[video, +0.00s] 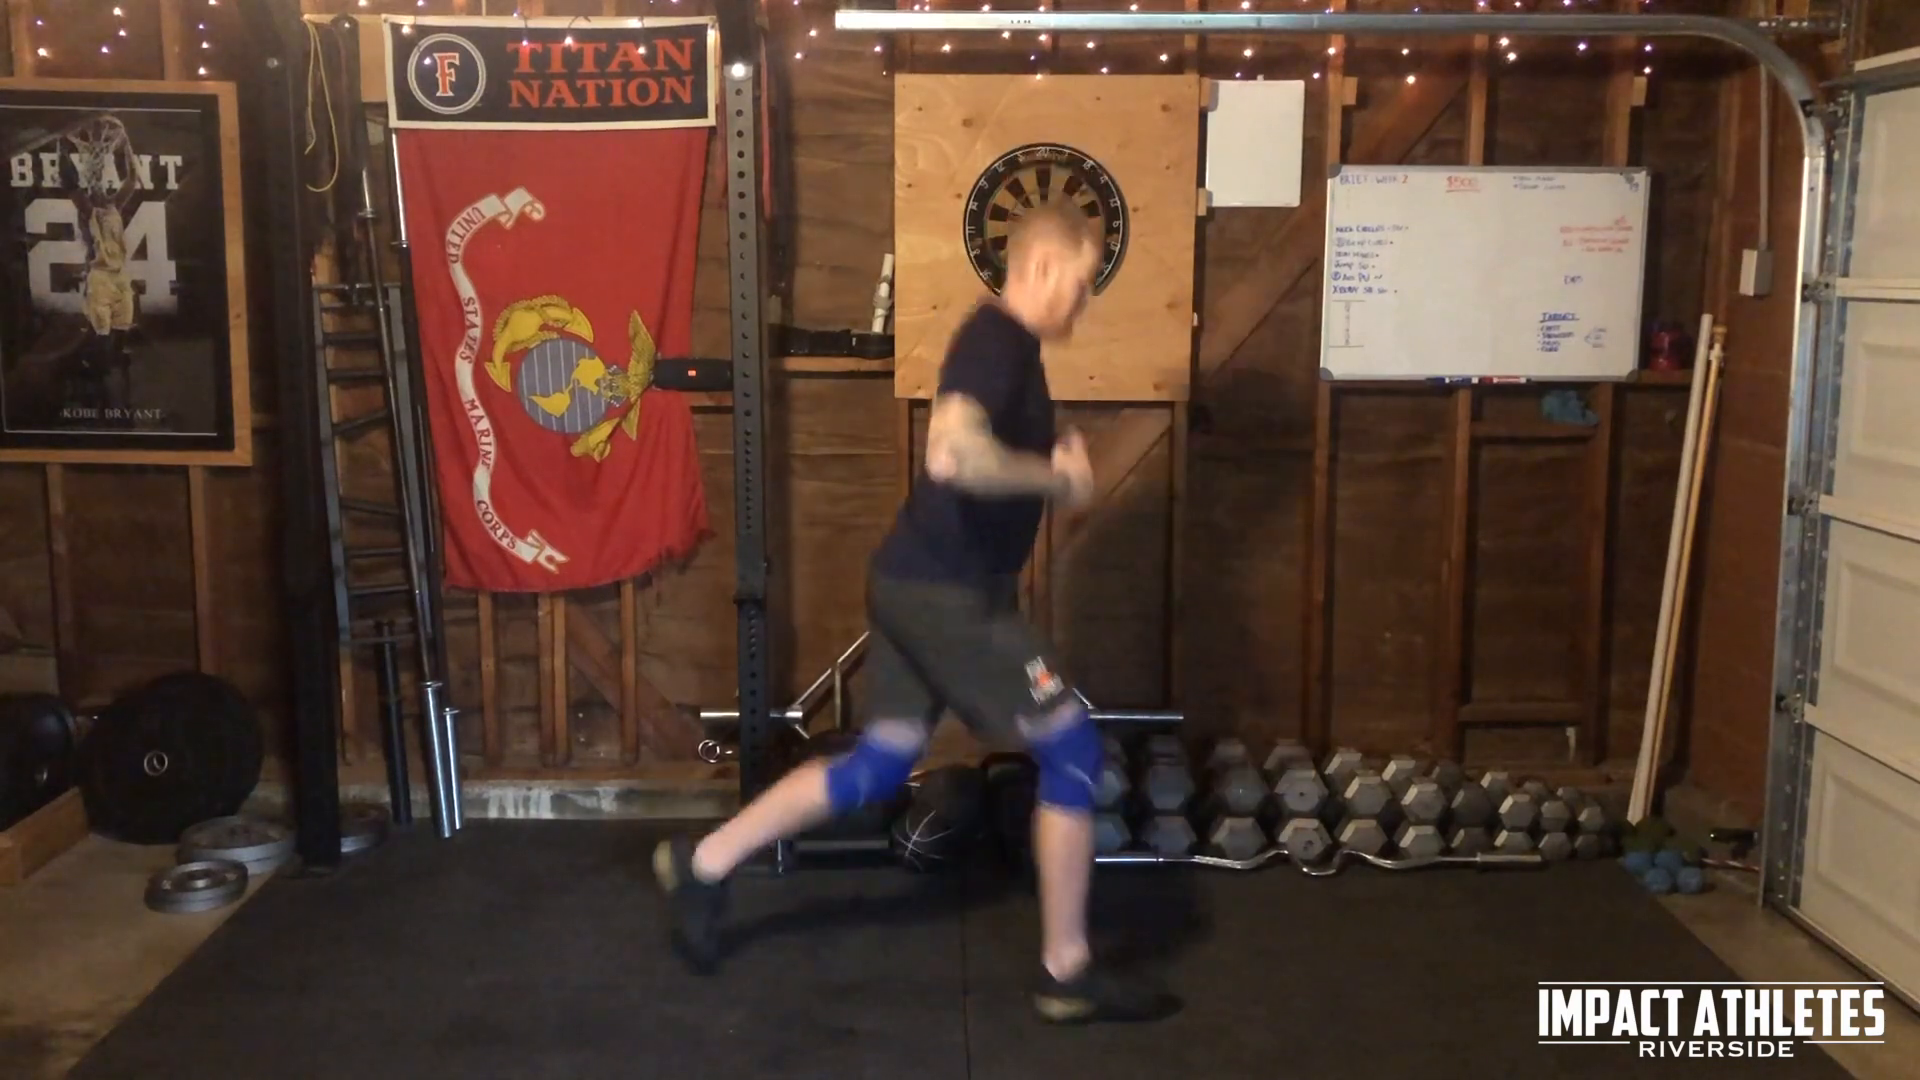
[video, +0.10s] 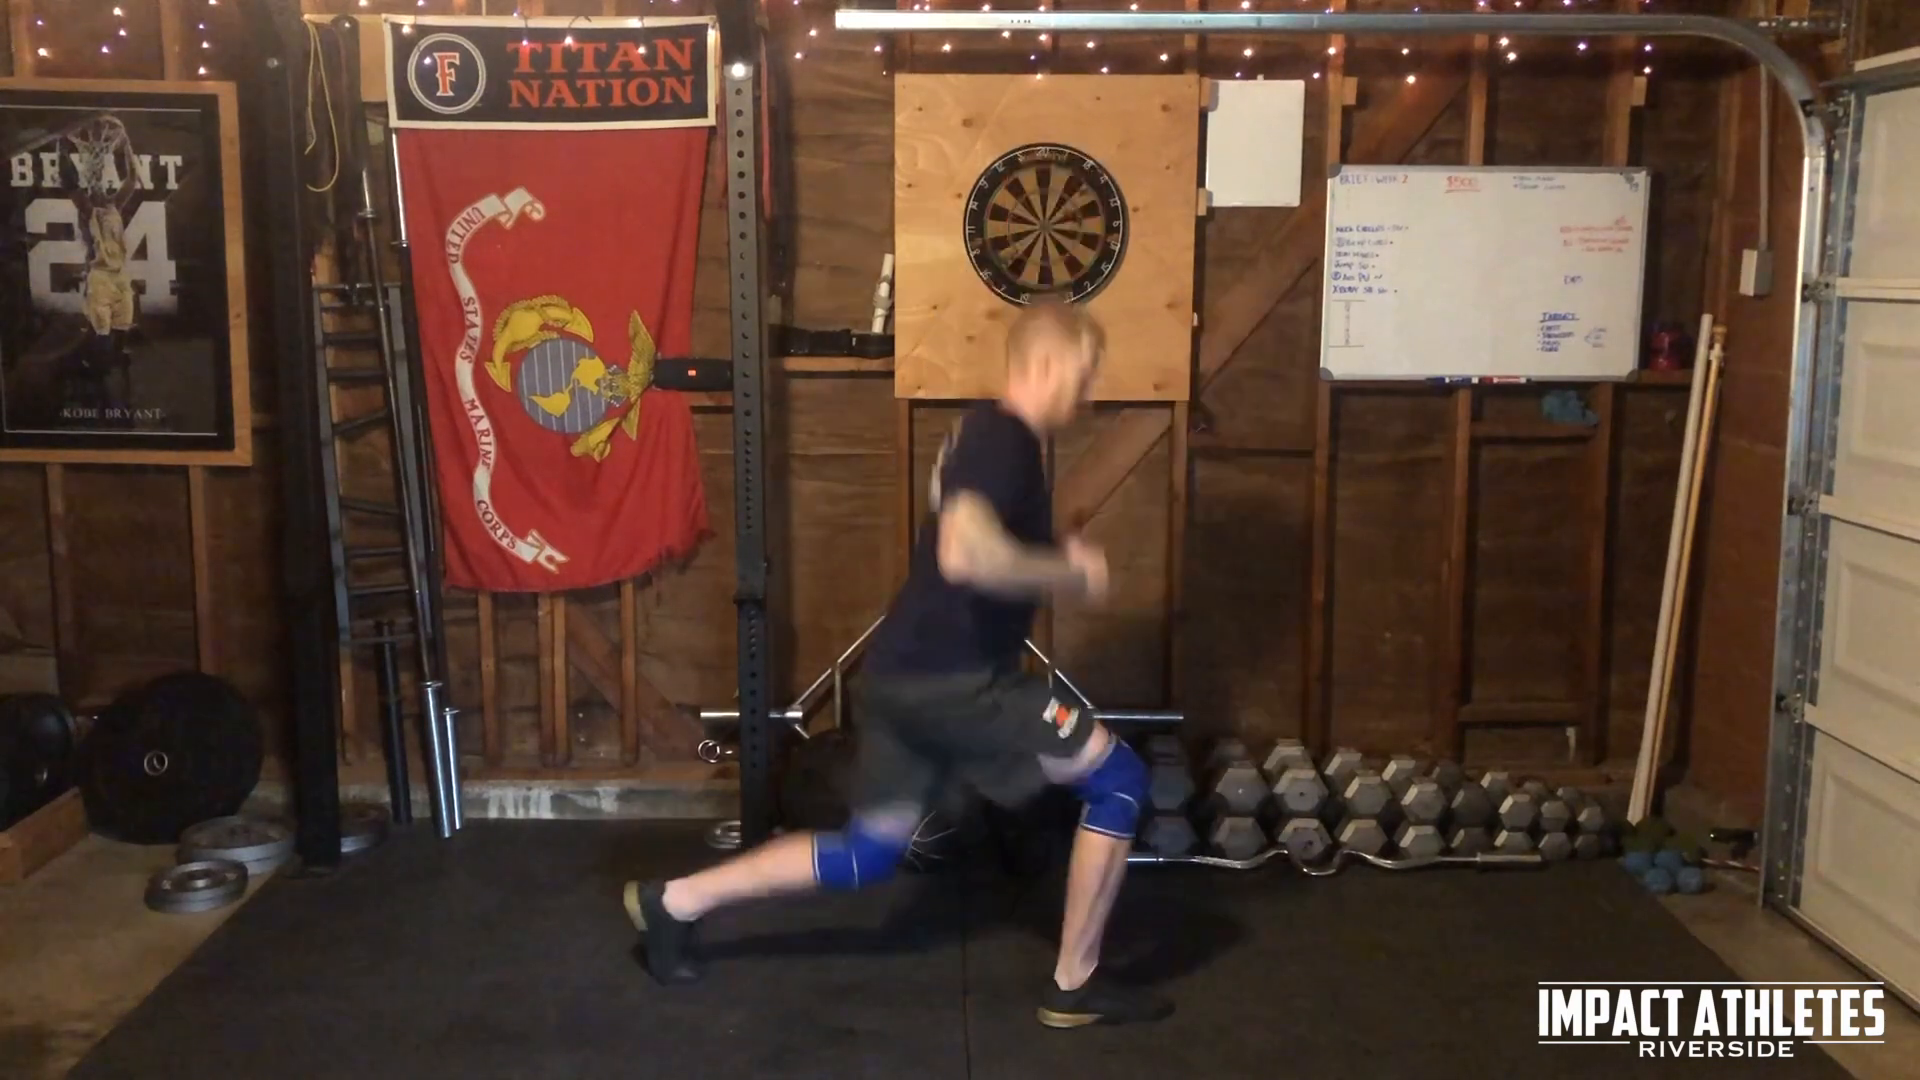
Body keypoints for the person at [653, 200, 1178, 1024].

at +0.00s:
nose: (1084, 300)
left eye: (1088, 283)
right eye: (1081, 281)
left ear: (1030, 270)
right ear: (1042, 268)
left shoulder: (1013, 346)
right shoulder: (995, 339)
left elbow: (984, 457)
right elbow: (952, 453)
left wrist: (1057, 465)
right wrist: (1056, 474)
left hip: (922, 583)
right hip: (942, 590)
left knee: (878, 762)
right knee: (1072, 748)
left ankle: (701, 863)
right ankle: (1068, 967)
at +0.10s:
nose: (1087, 393)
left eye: (1090, 377)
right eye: (1085, 375)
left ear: (1029, 365)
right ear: (1049, 368)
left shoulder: (985, 430)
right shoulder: (1001, 437)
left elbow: (972, 544)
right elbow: (965, 553)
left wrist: (1053, 556)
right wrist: (1067, 570)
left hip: (904, 675)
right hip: (955, 679)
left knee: (871, 849)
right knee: (1118, 784)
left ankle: (672, 902)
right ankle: (1076, 978)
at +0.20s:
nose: (1089, 466)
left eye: (1090, 451)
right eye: (1086, 449)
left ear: (1034, 441)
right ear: (1046, 443)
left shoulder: (985, 507)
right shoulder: (1005, 514)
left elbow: (968, 641)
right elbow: (976, 645)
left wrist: (1047, 690)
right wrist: (1083, 662)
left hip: (902, 738)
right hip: (944, 739)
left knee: (878, 916)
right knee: (1129, 786)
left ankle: (677, 901)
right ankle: (1076, 984)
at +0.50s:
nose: (1077, 462)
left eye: (1077, 446)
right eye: (1072, 446)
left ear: (1014, 444)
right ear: (1034, 446)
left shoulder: (984, 517)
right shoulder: (1001, 525)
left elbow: (991, 648)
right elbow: (1004, 664)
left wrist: (1064, 647)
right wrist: (1083, 634)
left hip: (911, 747)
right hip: (955, 748)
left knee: (881, 922)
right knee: (1138, 785)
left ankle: (680, 901)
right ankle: (1077, 982)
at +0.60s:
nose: (1072, 389)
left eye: (1073, 373)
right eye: (1067, 372)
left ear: (1010, 371)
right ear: (1030, 371)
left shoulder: (981, 444)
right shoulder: (1001, 450)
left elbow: (984, 548)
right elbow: (1001, 572)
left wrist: (1049, 522)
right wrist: (1075, 538)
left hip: (921, 675)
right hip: (976, 678)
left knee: (883, 844)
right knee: (1131, 783)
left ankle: (679, 900)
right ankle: (1077, 975)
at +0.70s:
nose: (1081, 292)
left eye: (1083, 275)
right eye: (1076, 273)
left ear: (1023, 270)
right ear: (1037, 270)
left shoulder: (1006, 349)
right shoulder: (1005, 351)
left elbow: (1004, 461)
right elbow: (995, 462)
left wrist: (1065, 449)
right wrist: (1071, 450)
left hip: (929, 584)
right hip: (969, 593)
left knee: (895, 756)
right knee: (1074, 755)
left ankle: (726, 863)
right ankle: (1073, 968)